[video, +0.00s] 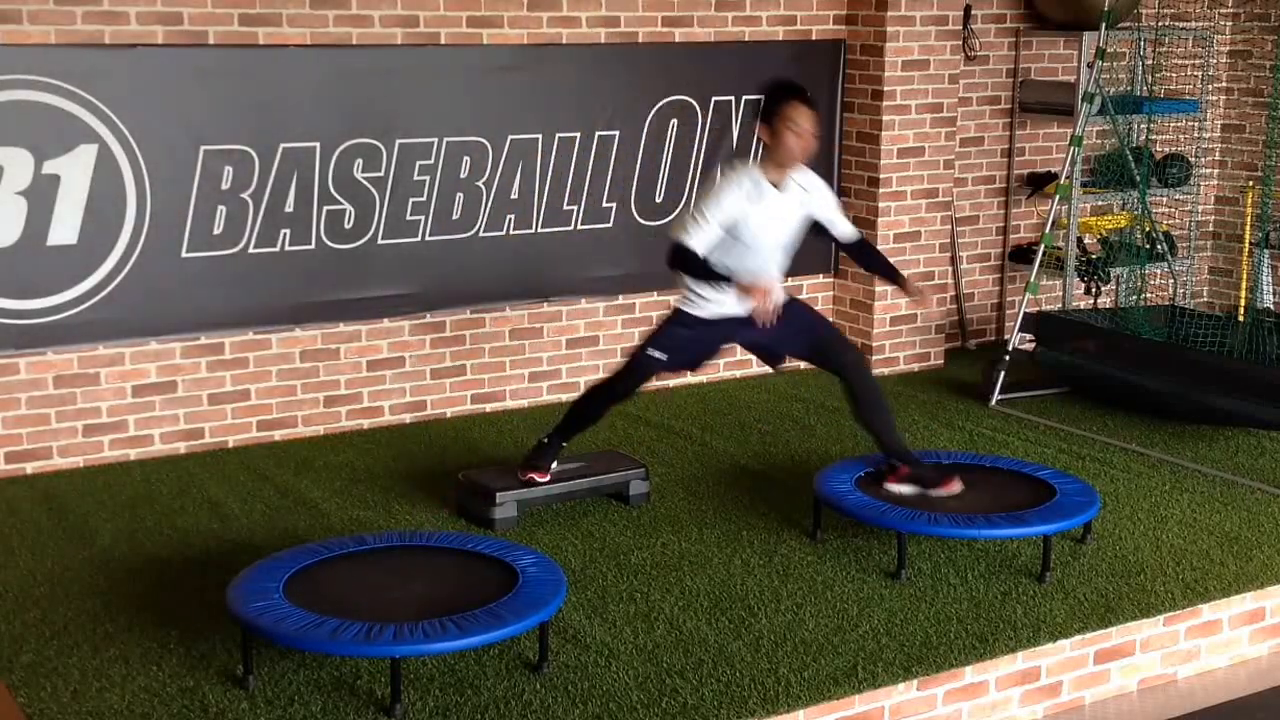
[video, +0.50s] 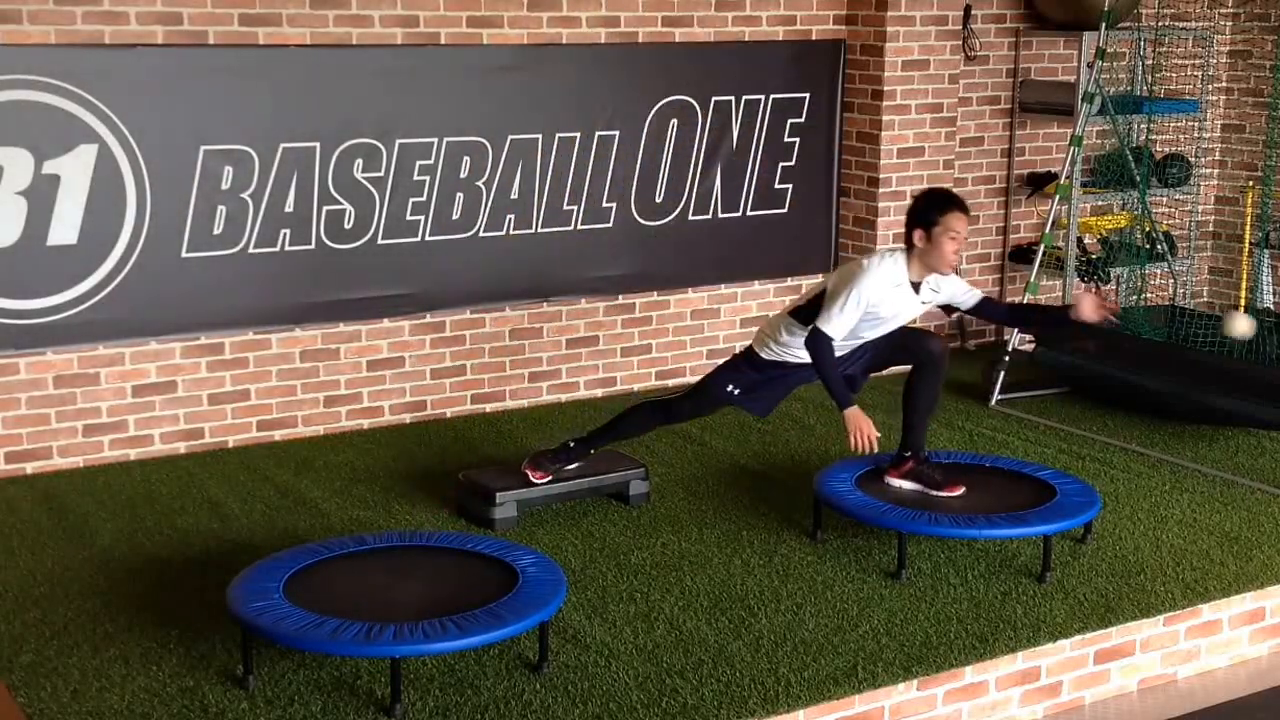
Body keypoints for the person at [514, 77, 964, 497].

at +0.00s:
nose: (804, 139)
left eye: (811, 132)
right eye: (794, 128)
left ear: (815, 138)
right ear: (766, 131)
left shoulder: (811, 189)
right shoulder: (734, 185)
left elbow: (853, 242)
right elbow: (679, 254)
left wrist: (901, 282)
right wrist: (741, 283)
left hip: (771, 309)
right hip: (707, 310)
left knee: (850, 359)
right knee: (624, 383)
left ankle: (902, 463)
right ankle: (548, 449)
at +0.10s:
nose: (861, 185)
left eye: (864, 175)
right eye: (850, 174)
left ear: (862, 182)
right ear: (818, 178)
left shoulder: (863, 231)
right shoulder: (780, 230)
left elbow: (906, 290)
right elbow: (720, 291)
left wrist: (953, 339)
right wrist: (748, 344)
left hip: (809, 327)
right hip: (745, 336)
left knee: (894, 353)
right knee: (654, 401)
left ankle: (909, 462)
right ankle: (560, 446)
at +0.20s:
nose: (899, 217)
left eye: (903, 208)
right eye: (889, 207)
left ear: (901, 212)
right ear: (855, 209)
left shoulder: (896, 259)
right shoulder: (818, 257)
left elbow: (936, 314)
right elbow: (762, 321)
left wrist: (982, 353)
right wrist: (781, 386)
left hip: (829, 340)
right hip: (768, 345)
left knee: (912, 352)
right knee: (667, 404)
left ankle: (909, 463)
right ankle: (566, 444)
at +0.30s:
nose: (929, 235)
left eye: (931, 226)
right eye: (919, 225)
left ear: (922, 230)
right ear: (884, 225)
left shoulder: (914, 274)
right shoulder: (842, 268)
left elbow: (954, 316)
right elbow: (790, 335)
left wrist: (1002, 332)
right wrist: (817, 403)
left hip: (833, 350)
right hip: (774, 351)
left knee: (920, 347)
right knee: (670, 408)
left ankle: (908, 462)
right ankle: (565, 450)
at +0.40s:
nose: (949, 246)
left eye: (951, 236)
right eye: (940, 235)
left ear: (939, 239)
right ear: (904, 235)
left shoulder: (931, 278)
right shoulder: (859, 275)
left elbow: (983, 313)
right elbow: (808, 342)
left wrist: (1035, 311)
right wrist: (840, 408)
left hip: (841, 350)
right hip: (781, 352)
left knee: (926, 346)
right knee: (677, 407)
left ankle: (906, 461)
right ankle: (570, 450)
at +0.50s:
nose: (964, 250)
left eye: (966, 240)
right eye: (956, 239)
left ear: (950, 243)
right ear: (919, 239)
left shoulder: (942, 280)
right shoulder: (875, 275)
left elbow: (1002, 311)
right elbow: (822, 341)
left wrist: (1071, 312)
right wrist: (850, 406)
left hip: (846, 349)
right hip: (787, 349)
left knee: (930, 346)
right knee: (687, 406)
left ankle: (909, 461)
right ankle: (571, 454)